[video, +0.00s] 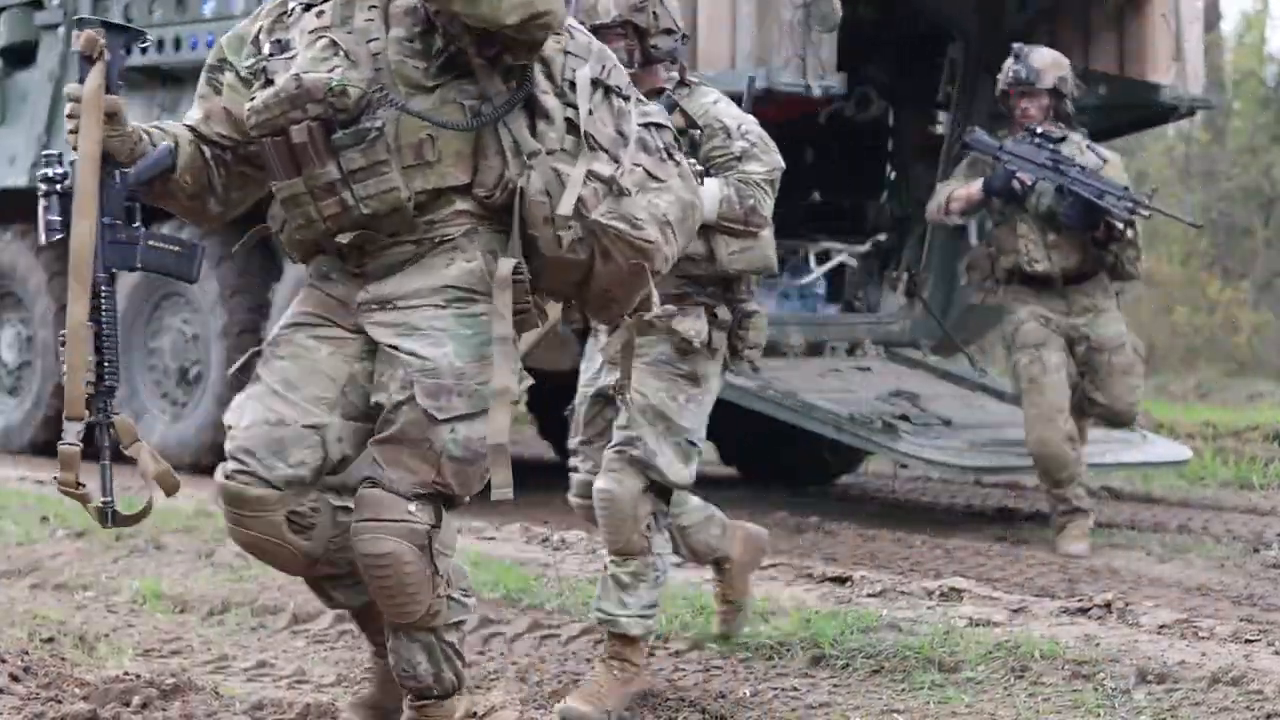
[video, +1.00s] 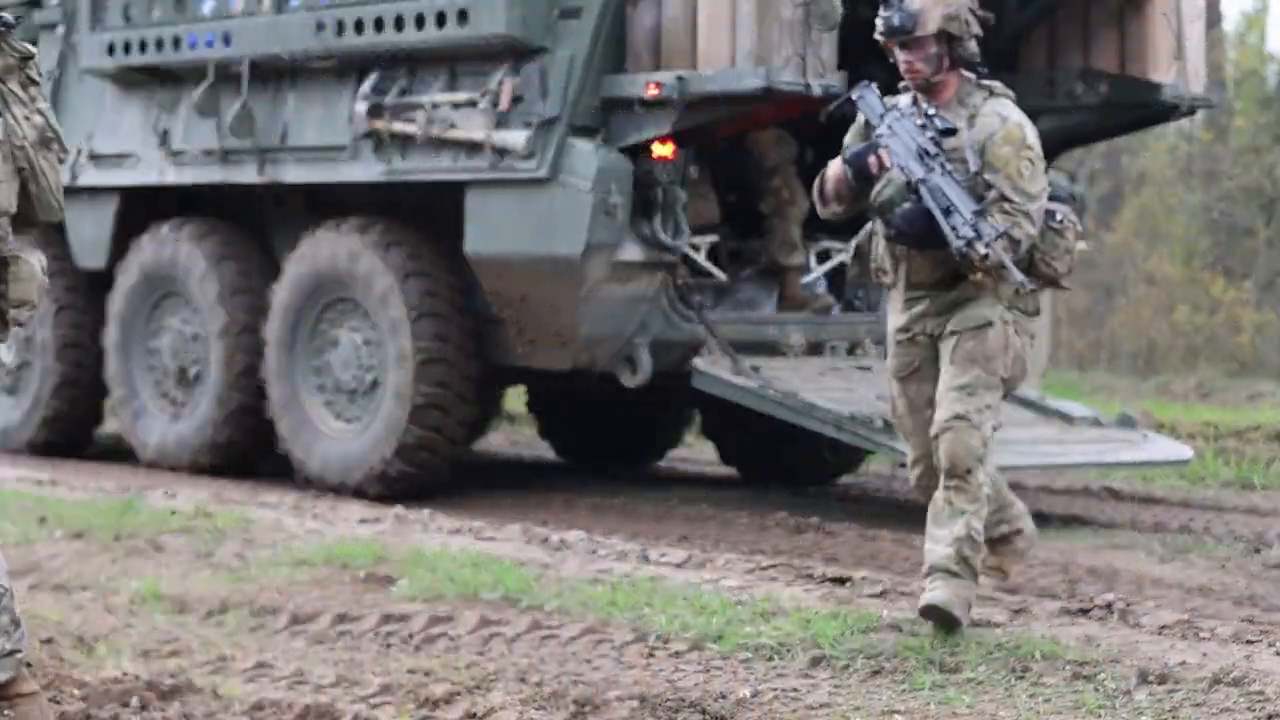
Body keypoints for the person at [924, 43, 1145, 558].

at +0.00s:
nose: (1022, 106)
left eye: (1032, 97)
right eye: (1016, 97)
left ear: (1056, 99)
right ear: (1008, 100)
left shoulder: (1098, 160)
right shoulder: (992, 155)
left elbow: (1124, 241)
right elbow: (936, 209)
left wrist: (1102, 225)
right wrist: (988, 188)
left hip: (1092, 297)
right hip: (1027, 299)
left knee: (1121, 406)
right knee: (1049, 423)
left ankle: (1072, 403)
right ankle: (1073, 515)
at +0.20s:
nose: (1031, 115)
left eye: (1042, 105)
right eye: (1025, 106)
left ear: (1069, 108)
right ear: (1019, 112)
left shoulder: (1110, 174)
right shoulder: (1002, 172)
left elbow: (1149, 247)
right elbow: (946, 227)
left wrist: (1127, 261)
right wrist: (986, 220)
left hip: (1104, 310)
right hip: (1036, 317)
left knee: (1112, 411)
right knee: (1048, 452)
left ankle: (1122, 525)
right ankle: (1073, 519)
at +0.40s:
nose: (1041, 109)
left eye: (1052, 99)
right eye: (1033, 99)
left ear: (1077, 102)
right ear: (1024, 103)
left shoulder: (1114, 170)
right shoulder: (1007, 162)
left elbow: (1145, 258)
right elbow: (949, 222)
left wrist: (1111, 263)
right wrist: (992, 206)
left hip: (1101, 322)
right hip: (1031, 325)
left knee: (1108, 446)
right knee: (1036, 453)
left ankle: (1120, 557)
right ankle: (1071, 495)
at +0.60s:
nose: (1000, 79)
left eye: (1012, 67)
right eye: (993, 69)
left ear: (1043, 68)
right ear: (987, 73)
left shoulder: (1084, 141)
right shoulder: (979, 136)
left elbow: (1107, 239)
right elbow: (914, 203)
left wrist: (1062, 247)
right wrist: (950, 183)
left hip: (1073, 307)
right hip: (1001, 308)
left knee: (1093, 437)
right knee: (993, 420)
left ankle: (1120, 559)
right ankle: (1003, 547)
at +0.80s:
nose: (949, 82)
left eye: (962, 69)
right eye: (943, 69)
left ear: (996, 72)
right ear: (935, 71)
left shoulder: (1041, 142)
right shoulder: (932, 138)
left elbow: (1061, 242)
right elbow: (878, 222)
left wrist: (1001, 243)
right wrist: (897, 191)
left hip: (1032, 314)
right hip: (959, 315)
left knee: (1008, 421)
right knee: (949, 458)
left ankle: (1069, 496)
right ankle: (998, 564)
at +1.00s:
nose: (907, 60)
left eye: (919, 47)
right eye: (899, 49)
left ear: (952, 46)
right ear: (892, 51)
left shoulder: (1001, 123)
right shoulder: (883, 116)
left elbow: (1018, 225)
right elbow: (828, 202)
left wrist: (968, 246)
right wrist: (853, 170)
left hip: (982, 302)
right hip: (909, 306)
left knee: (958, 444)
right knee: (927, 460)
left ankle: (948, 587)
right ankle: (1007, 524)